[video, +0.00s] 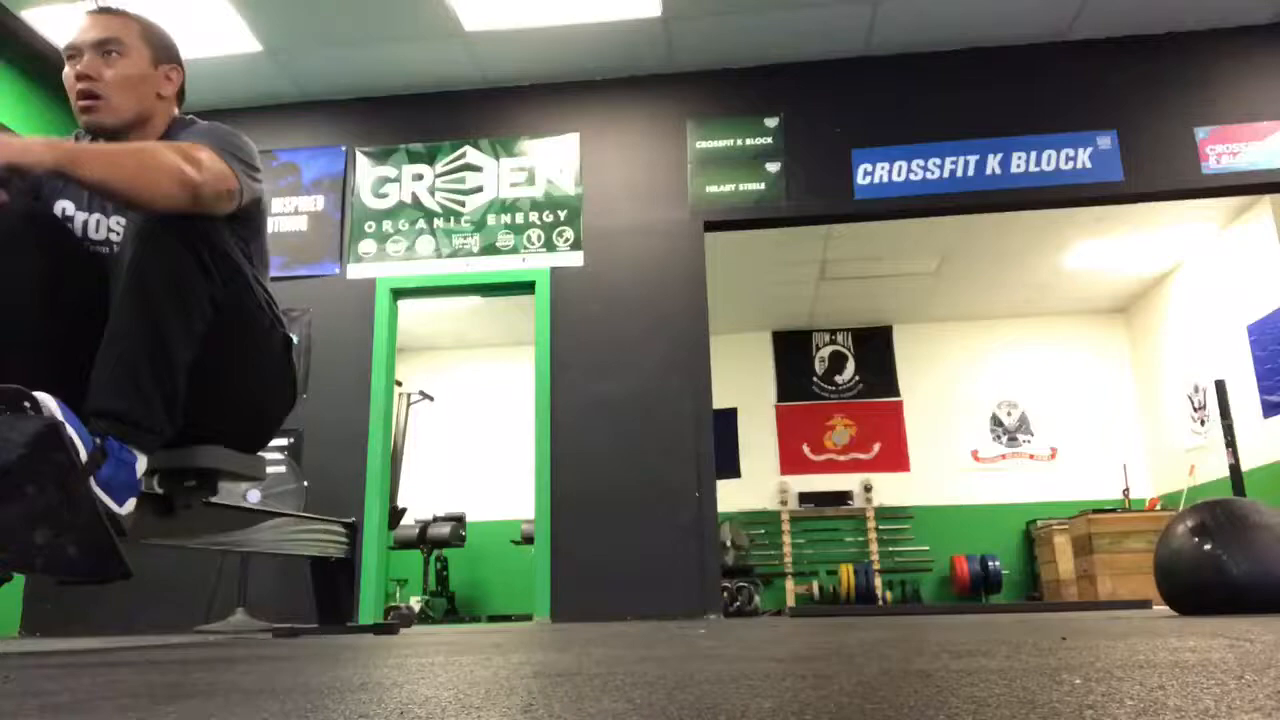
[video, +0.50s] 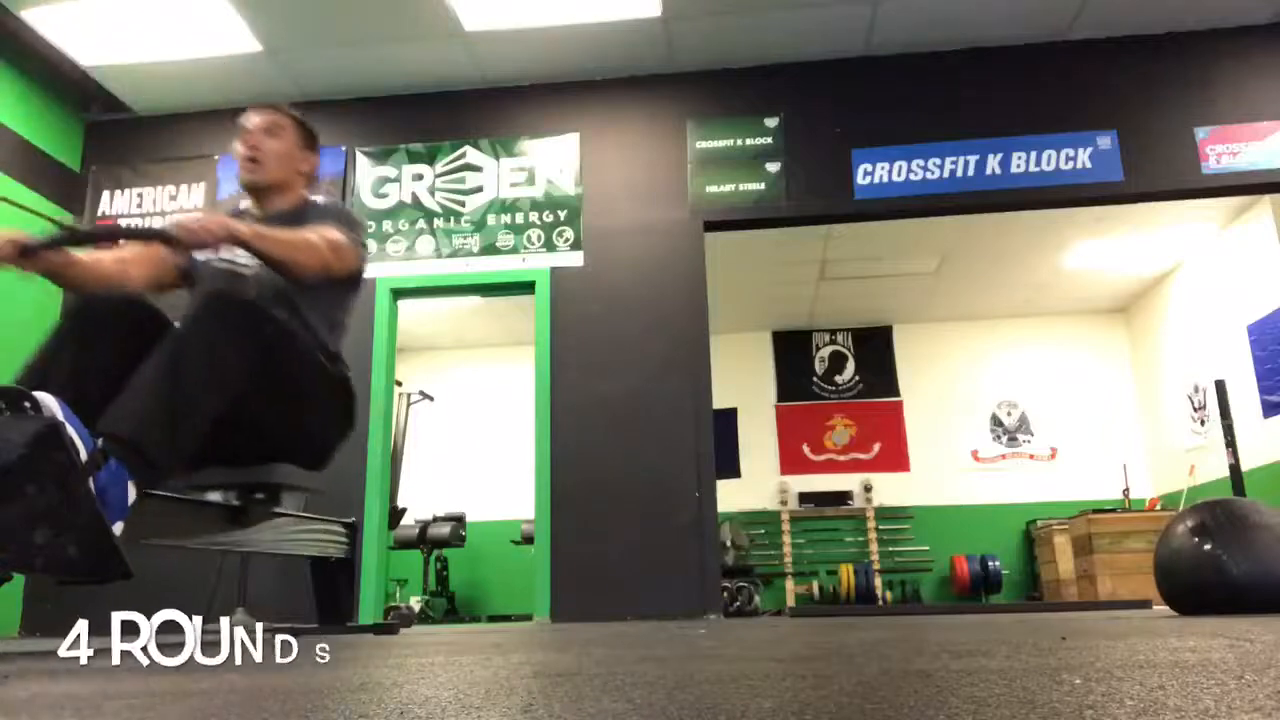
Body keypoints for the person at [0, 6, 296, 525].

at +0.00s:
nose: (81, 69)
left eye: (108, 53)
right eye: (72, 59)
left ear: (168, 81)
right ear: (62, 82)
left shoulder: (218, 142)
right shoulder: (51, 167)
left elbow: (199, 182)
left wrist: (40, 153)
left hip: (228, 390)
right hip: (97, 380)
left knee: (174, 219)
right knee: (19, 223)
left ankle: (120, 447)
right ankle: (21, 432)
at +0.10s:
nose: (88, 68)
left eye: (115, 52)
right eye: (80, 59)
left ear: (173, 81)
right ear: (71, 83)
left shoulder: (223, 143)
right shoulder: (53, 168)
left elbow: (198, 179)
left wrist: (56, 142)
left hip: (228, 390)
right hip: (99, 379)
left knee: (173, 218)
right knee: (19, 227)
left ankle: (121, 445)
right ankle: (22, 432)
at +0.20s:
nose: (119, 74)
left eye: (144, 59)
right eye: (112, 64)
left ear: (198, 89)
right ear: (101, 88)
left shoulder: (243, 153)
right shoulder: (80, 172)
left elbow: (218, 191)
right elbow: (14, 203)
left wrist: (64, 146)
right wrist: (12, 184)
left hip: (236, 392)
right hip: (110, 383)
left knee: (170, 225)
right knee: (29, 235)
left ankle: (121, 449)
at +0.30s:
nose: (164, 92)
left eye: (188, 79)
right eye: (159, 82)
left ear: (236, 109)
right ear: (150, 103)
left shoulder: (274, 176)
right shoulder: (126, 184)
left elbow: (254, 220)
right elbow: (19, 227)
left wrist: (131, 180)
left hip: (252, 398)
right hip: (138, 391)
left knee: (180, 242)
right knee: (55, 251)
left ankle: (116, 457)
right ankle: (17, 443)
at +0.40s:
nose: (211, 116)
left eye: (235, 106)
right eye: (203, 108)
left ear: (276, 137)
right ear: (192, 131)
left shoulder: (310, 201)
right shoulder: (170, 206)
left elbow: (280, 237)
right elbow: (72, 245)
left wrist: (182, 201)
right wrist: (2, 232)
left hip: (274, 403)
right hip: (173, 401)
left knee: (200, 279)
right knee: (81, 278)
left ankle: (110, 465)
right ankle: (12, 442)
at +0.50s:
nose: (249, 143)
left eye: (270, 133)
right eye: (243, 135)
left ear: (307, 163)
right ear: (234, 154)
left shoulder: (332, 220)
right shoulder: (219, 227)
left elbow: (321, 259)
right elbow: (130, 267)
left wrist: (233, 230)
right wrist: (44, 258)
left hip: (302, 412)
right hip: (208, 409)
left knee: (228, 316)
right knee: (111, 312)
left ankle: (116, 478)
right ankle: (25, 447)